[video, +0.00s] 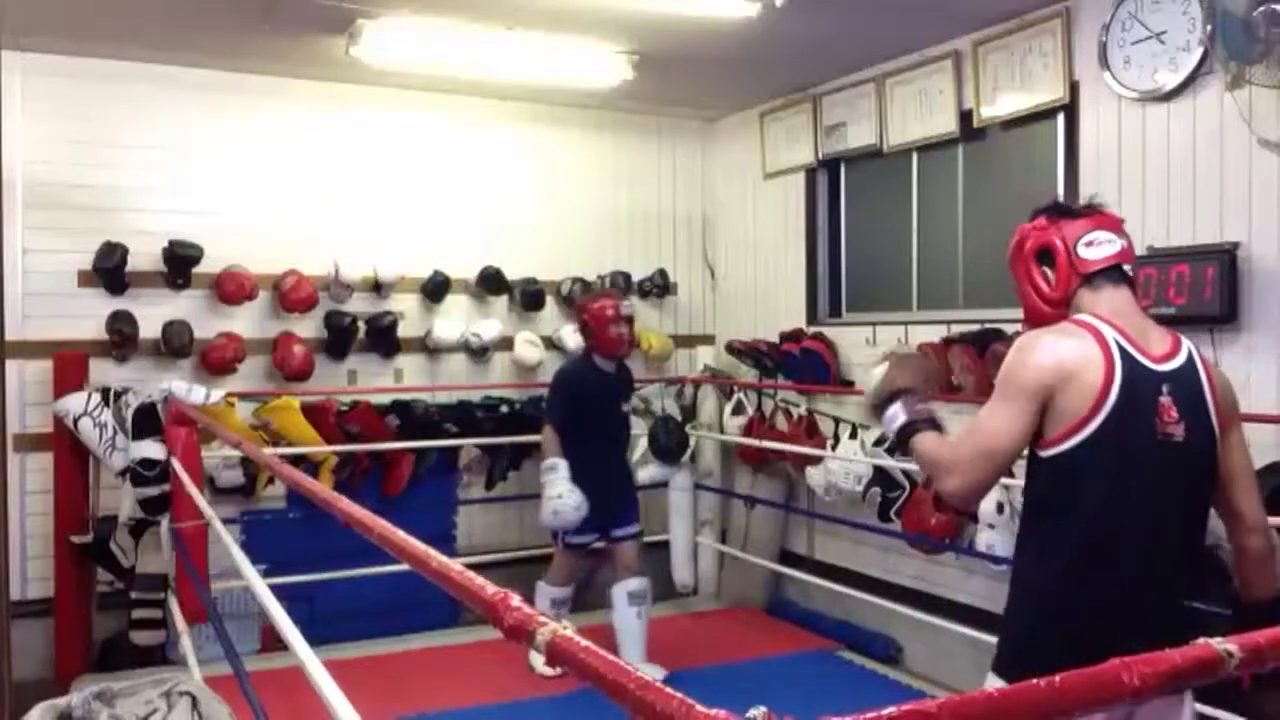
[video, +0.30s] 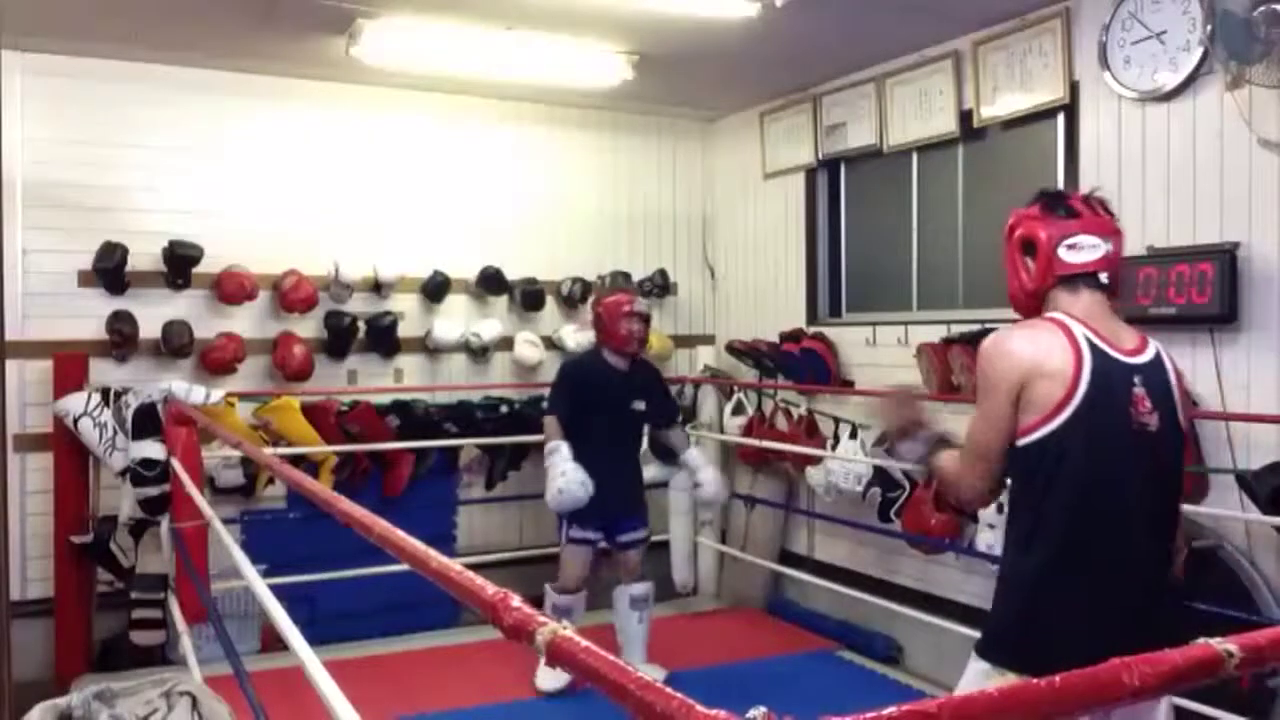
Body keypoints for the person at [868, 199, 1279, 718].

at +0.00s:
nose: (1027, 295)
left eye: (1029, 276)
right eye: (1025, 278)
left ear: (1052, 267)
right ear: (1124, 266)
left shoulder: (1048, 354)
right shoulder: (1203, 374)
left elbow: (957, 481)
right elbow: (1252, 530)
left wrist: (907, 412)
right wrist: (1260, 628)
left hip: (1050, 677)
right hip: (1164, 675)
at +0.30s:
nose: (1011, 274)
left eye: (1016, 259)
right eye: (1014, 260)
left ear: (1031, 260)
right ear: (1106, 263)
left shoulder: (1016, 348)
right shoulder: (1161, 364)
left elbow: (972, 488)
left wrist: (922, 438)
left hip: (1034, 657)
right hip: (1142, 661)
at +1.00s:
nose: (843, 290)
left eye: (844, 273)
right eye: (842, 274)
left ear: (861, 272)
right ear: (932, 265)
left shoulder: (850, 371)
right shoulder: (1012, 350)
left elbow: (832, 510)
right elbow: (1046, 476)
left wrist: (753, 507)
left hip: (922, 629)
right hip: (1023, 621)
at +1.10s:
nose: (843, 287)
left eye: (845, 273)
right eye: (843, 273)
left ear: (862, 272)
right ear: (936, 266)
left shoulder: (847, 369)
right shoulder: (1011, 352)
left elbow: (838, 509)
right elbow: (1031, 474)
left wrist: (808, 477)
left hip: (912, 627)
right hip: (1012, 619)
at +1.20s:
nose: (858, 282)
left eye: (861, 267)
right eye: (858, 267)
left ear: (877, 269)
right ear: (951, 267)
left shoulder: (853, 365)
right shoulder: (1021, 358)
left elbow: (838, 508)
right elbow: (1025, 476)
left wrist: (816, 485)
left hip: (897, 630)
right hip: (998, 627)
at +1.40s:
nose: (885, 291)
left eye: (890, 275)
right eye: (886, 277)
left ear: (908, 275)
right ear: (974, 278)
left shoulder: (877, 360)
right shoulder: (1036, 375)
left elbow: (825, 486)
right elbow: (1052, 505)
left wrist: (785, 498)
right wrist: (986, 496)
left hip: (882, 627)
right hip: (983, 632)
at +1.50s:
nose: (884, 298)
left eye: (887, 281)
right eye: (885, 283)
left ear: (911, 277)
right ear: (971, 280)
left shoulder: (884, 358)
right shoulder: (1034, 379)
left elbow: (834, 482)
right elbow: (1041, 513)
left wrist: (767, 460)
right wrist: (970, 487)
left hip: (883, 625)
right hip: (981, 631)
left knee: (815, 708)